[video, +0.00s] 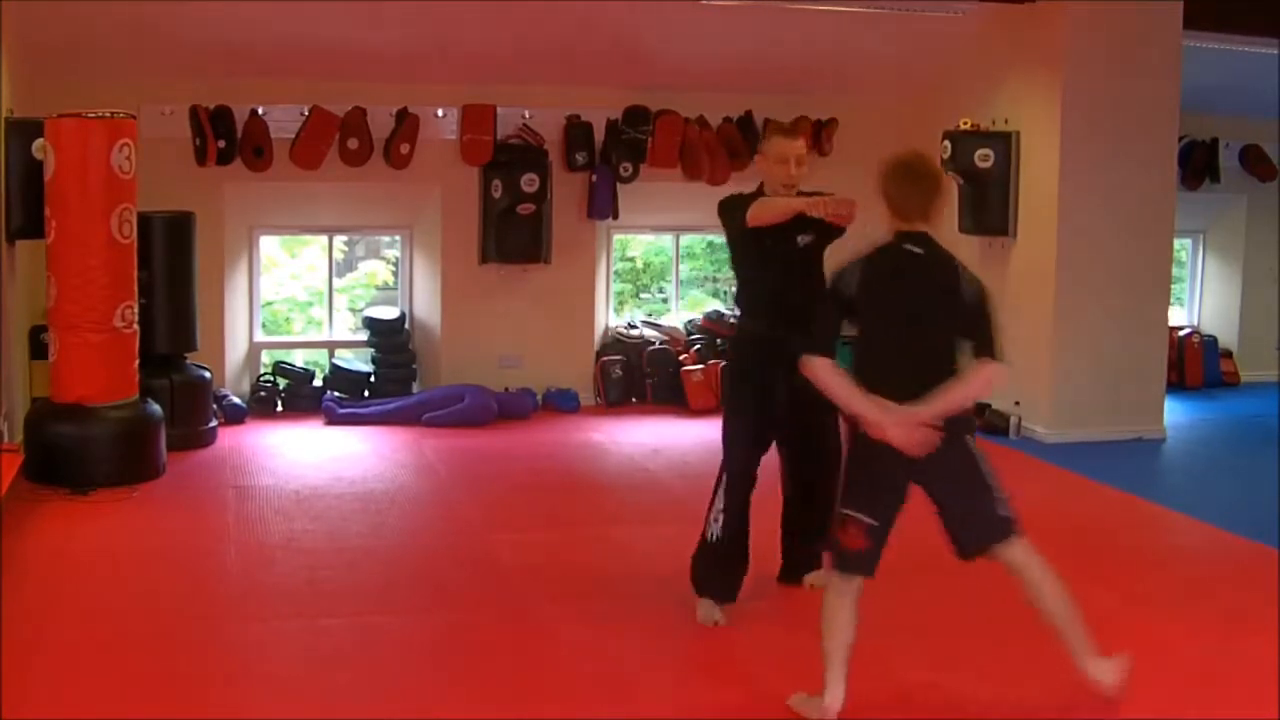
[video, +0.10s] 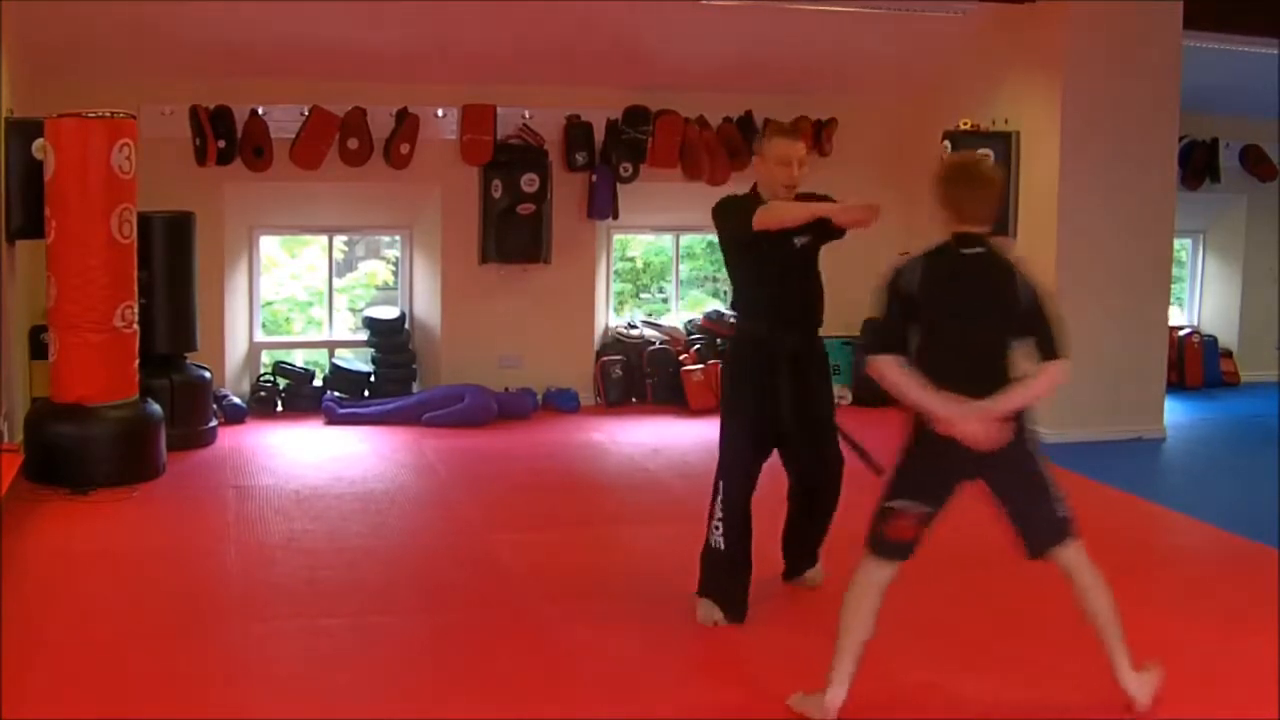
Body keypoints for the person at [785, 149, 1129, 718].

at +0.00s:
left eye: (890, 195)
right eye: (935, 195)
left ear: (885, 201)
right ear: (939, 201)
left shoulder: (853, 275)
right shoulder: (961, 279)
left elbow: (815, 363)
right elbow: (987, 371)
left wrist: (888, 423)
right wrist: (914, 415)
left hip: (872, 437)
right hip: (943, 436)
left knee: (844, 575)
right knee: (1015, 549)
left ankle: (832, 697)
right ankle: (1091, 664)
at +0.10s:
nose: (967, 208)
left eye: (954, 196)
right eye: (985, 198)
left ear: (942, 203)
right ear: (997, 206)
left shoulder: (912, 275)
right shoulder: (1013, 278)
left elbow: (882, 360)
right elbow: (1054, 369)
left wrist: (954, 414)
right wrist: (985, 412)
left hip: (935, 439)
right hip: (1006, 437)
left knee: (877, 566)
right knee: (1071, 553)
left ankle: (835, 694)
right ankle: (1128, 677)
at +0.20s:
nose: (992, 209)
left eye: (993, 200)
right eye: (995, 199)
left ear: (1004, 205)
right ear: (1049, 202)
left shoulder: (985, 271)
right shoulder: (1082, 269)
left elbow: (964, 361)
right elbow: (1128, 355)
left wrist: (1031, 402)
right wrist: (1068, 394)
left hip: (1005, 428)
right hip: (1073, 427)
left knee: (937, 547)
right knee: (1111, 552)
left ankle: (864, 675)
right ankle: (1140, 680)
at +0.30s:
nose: (1039, 184)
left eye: (1041, 176)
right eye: (1040, 176)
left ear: (1057, 179)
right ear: (1094, 180)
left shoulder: (1039, 244)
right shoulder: (1126, 242)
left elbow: (1031, 334)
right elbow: (1182, 323)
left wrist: (1100, 372)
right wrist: (1132, 365)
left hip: (1060, 410)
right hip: (1123, 413)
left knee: (1004, 531)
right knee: (1135, 542)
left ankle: (975, 668)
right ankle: (1151, 677)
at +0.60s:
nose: (1128, 175)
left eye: (1133, 164)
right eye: (1130, 164)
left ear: (1154, 166)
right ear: (1180, 165)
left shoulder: (1153, 231)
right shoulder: (1215, 222)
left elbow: (1167, 316)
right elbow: (1267, 302)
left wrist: (1224, 361)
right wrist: (1237, 352)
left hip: (1181, 393)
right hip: (1224, 389)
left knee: (1154, 516)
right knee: (1231, 499)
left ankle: (1208, 640)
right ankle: (1278, 601)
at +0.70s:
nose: (1145, 219)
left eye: (1150, 208)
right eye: (1146, 208)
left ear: (1175, 211)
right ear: (1191, 210)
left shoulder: (1181, 275)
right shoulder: (1237, 265)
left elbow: (1202, 353)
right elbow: (1275, 321)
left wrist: (1262, 391)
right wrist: (1268, 388)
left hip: (1228, 431)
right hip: (1263, 427)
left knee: (1143, 531)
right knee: (1249, 520)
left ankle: (1208, 641)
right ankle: (1279, 606)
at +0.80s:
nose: (1156, 267)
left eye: (1161, 256)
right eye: (1156, 256)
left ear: (1188, 256)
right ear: (1196, 256)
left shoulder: (1205, 312)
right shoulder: (1241, 301)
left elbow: (1254, 382)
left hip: (1253, 458)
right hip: (1268, 456)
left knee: (1141, 529)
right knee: (1245, 518)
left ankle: (1218, 638)